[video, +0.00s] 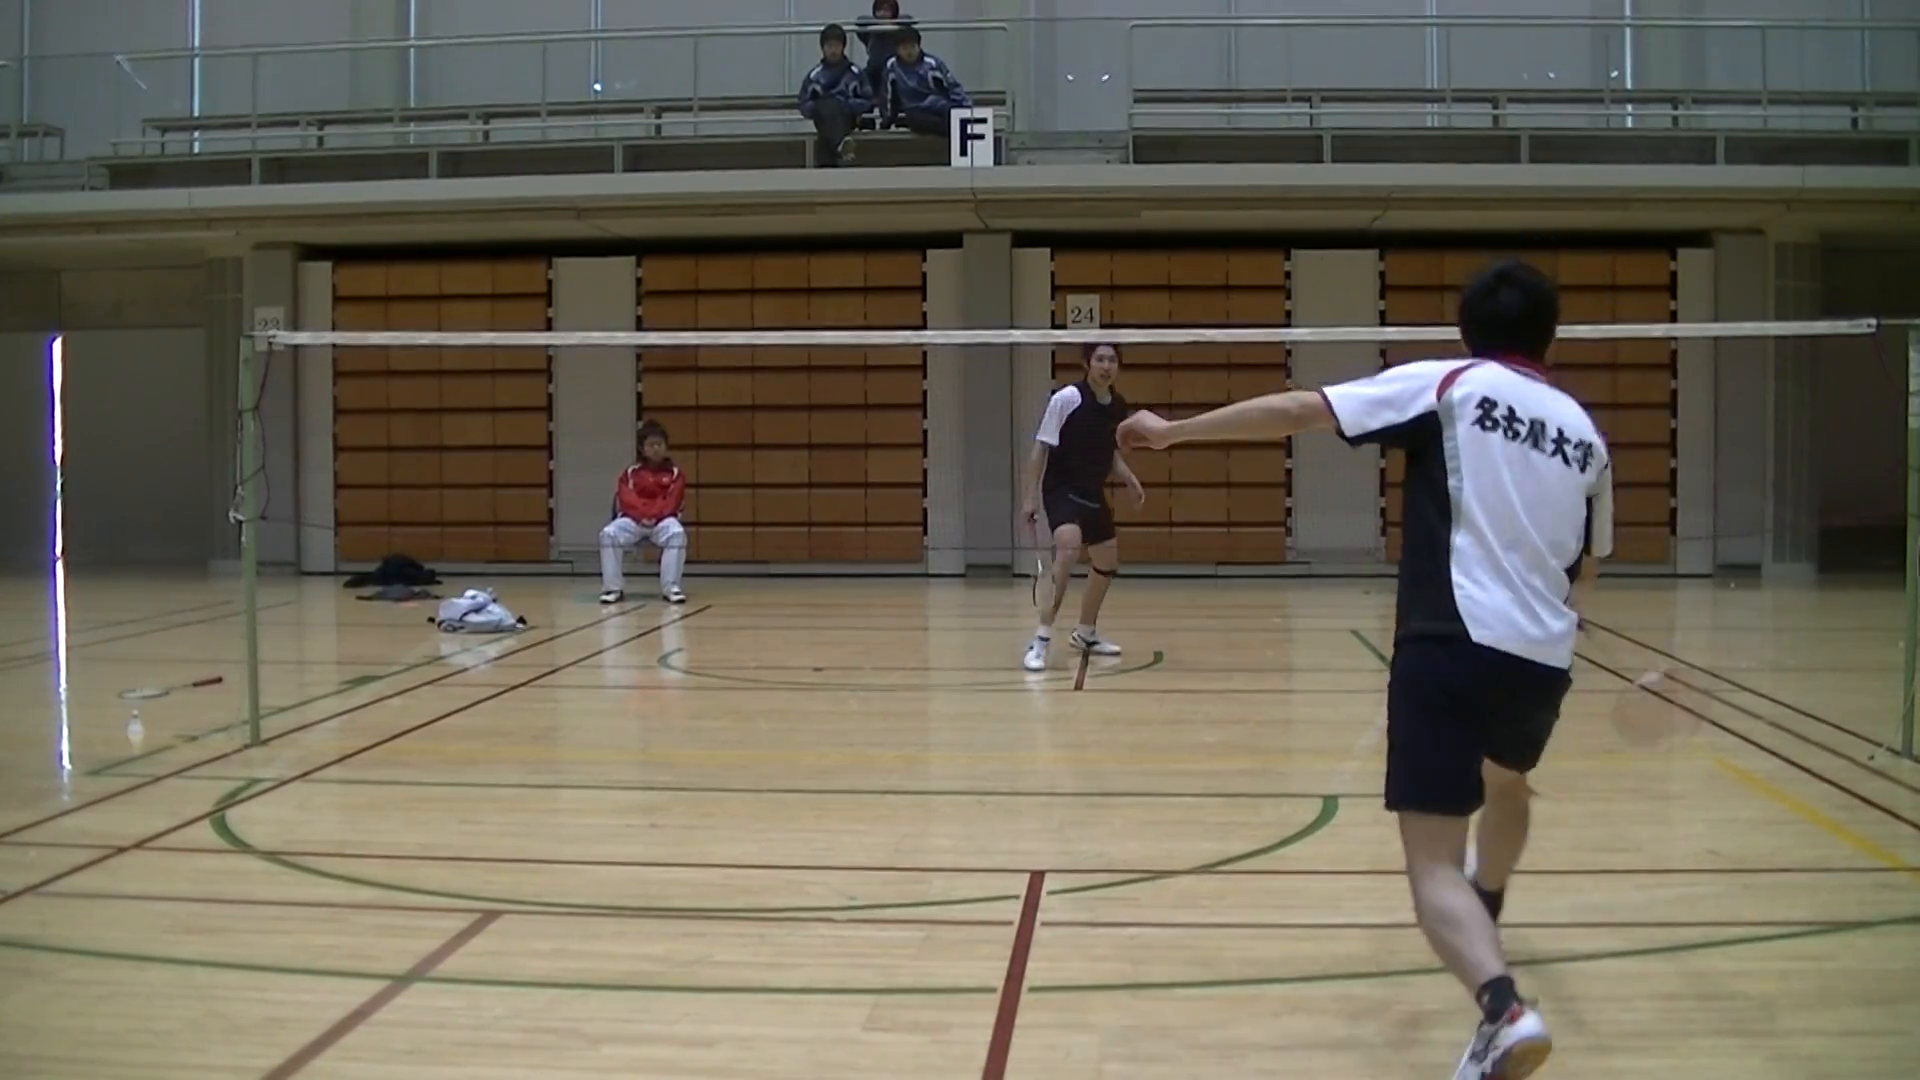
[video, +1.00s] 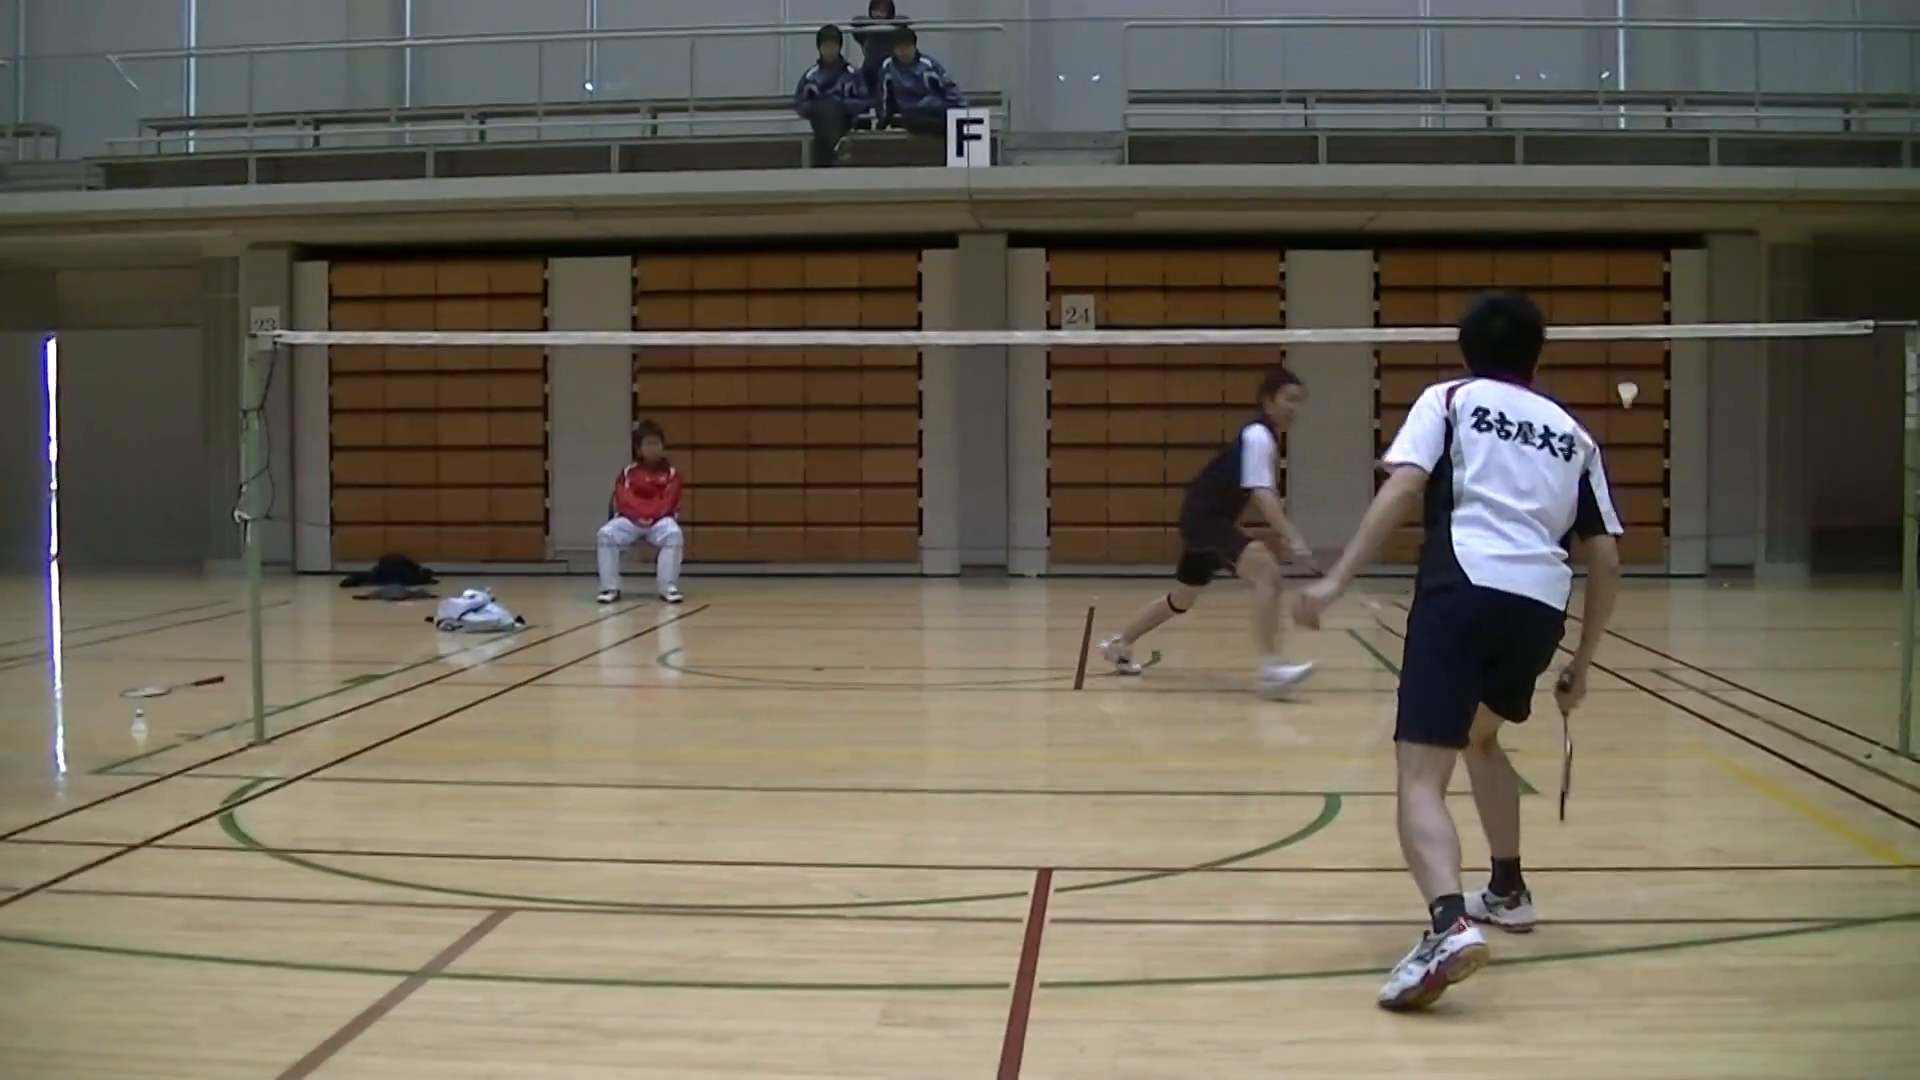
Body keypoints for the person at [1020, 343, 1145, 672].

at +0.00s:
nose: (1107, 366)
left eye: (1112, 361)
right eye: (1101, 359)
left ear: (1118, 367)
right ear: (1087, 364)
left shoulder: (1115, 405)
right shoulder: (1066, 398)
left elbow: (1109, 454)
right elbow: (1040, 449)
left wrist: (1130, 479)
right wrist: (1030, 499)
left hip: (1094, 492)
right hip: (1061, 490)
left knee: (1105, 564)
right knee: (1069, 549)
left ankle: (1085, 633)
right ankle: (1041, 639)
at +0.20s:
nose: (1124, 364)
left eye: (1130, 359)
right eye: (1118, 357)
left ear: (1136, 365)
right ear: (1105, 360)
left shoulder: (1131, 400)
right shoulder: (1087, 394)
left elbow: (1124, 447)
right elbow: (1058, 447)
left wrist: (1152, 475)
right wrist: (1051, 499)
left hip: (1108, 491)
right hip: (1080, 489)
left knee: (1120, 551)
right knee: (1094, 552)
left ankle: (1098, 625)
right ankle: (1073, 638)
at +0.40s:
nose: (1168, 403)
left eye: (1173, 397)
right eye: (1161, 396)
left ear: (1180, 402)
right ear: (1147, 400)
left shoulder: (1183, 440)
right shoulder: (1131, 436)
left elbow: (1218, 471)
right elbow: (1102, 482)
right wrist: (1089, 531)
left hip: (1150, 522)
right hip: (1120, 519)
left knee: (1159, 586)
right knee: (1137, 575)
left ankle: (1127, 633)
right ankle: (1111, 640)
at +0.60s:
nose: (1175, 386)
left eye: (1179, 381)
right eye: (1168, 380)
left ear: (1184, 388)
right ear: (1151, 387)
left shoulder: (1186, 426)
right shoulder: (1138, 426)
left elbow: (1204, 444)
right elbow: (1126, 483)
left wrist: (1247, 432)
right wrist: (1141, 526)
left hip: (1166, 517)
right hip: (1132, 514)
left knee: (1175, 583)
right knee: (1116, 584)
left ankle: (1125, 617)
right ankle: (1090, 641)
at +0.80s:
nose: (1212, 379)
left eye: (1215, 373)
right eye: (1206, 371)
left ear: (1214, 376)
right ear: (1186, 372)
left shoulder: (1188, 407)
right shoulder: (1181, 408)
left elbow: (1171, 463)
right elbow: (1172, 462)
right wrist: (1201, 505)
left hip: (1166, 509)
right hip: (1150, 510)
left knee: (1185, 583)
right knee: (1155, 597)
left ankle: (1123, 638)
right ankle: (1074, 612)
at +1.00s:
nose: (1295, 408)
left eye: (1299, 401)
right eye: (1290, 399)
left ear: (1299, 403)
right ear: (1268, 400)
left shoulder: (1267, 437)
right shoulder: (1258, 436)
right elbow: (1263, 495)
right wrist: (1292, 538)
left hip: (1210, 521)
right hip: (1206, 521)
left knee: (1179, 600)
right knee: (1265, 569)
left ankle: (1119, 643)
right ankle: (1271, 665)